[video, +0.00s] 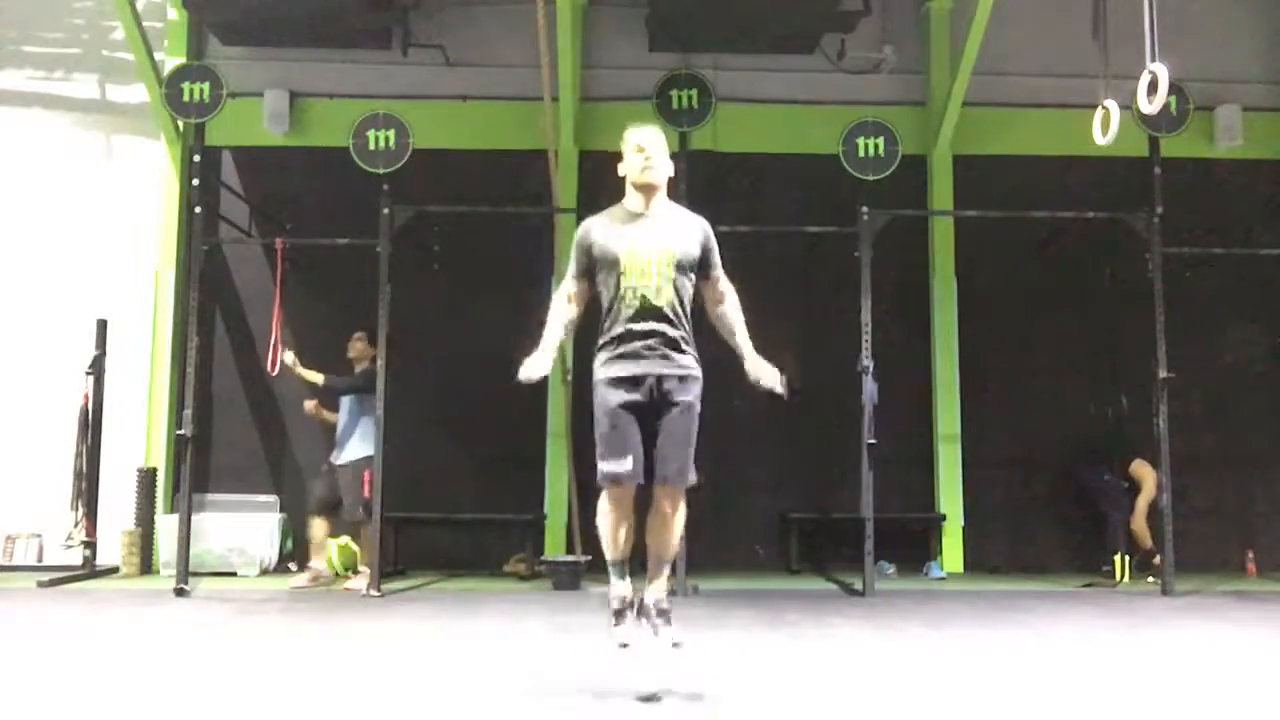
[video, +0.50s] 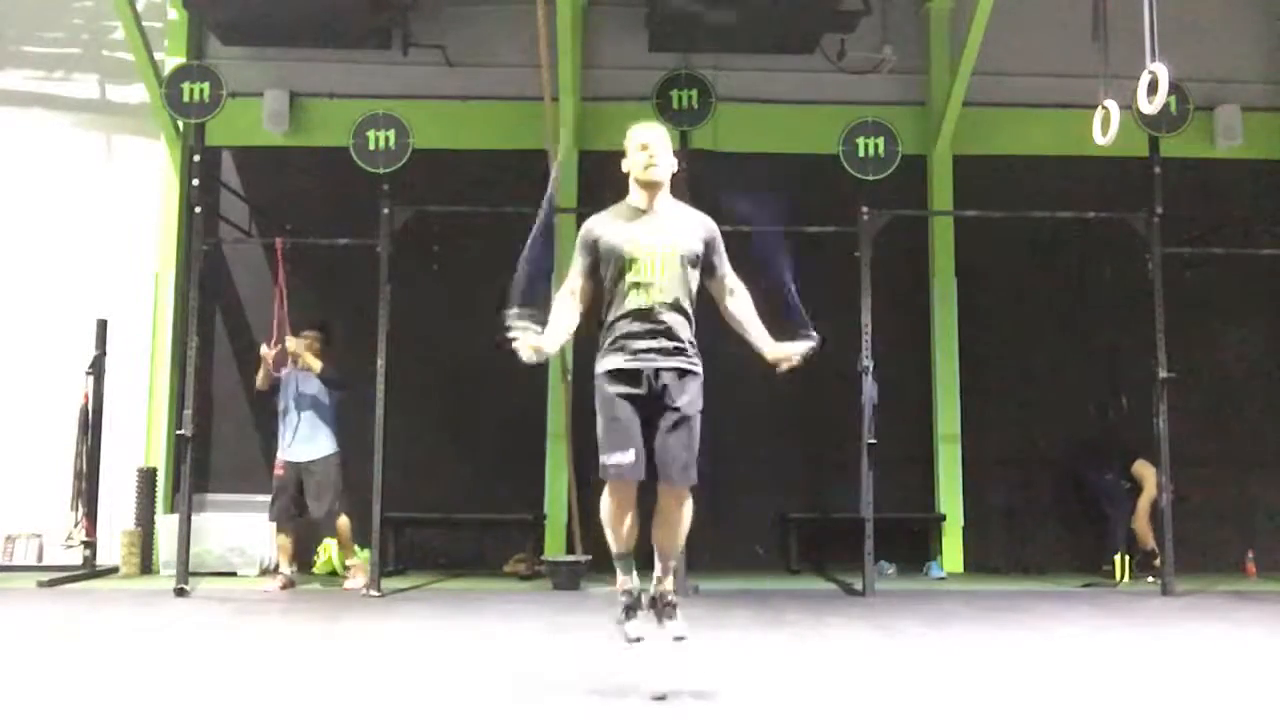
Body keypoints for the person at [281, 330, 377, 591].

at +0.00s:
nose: (352, 344)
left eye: (359, 340)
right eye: (351, 340)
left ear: (373, 350)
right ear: (350, 349)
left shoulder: (373, 376)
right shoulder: (351, 382)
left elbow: (343, 385)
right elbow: (347, 422)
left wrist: (299, 370)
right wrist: (320, 412)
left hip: (361, 456)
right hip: (340, 455)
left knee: (362, 516)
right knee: (319, 507)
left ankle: (367, 571)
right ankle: (318, 567)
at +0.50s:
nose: (308, 350)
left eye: (314, 345)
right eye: (304, 345)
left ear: (322, 350)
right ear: (295, 348)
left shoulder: (327, 375)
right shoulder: (286, 374)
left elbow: (336, 381)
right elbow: (262, 386)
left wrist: (303, 354)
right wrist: (266, 363)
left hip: (321, 453)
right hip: (288, 455)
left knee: (330, 511)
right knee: (283, 514)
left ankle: (354, 566)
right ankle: (285, 572)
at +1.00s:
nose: (299, 351)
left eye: (303, 346)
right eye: (295, 345)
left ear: (308, 349)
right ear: (285, 346)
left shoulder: (316, 372)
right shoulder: (273, 373)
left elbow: (329, 375)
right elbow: (259, 373)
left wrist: (314, 356)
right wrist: (269, 349)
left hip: (314, 452)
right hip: (280, 452)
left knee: (315, 516)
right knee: (279, 517)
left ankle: (315, 572)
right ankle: (283, 572)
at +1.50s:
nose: (310, 351)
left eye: (315, 347)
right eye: (305, 345)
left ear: (322, 351)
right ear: (296, 348)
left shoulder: (330, 373)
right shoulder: (284, 373)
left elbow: (333, 398)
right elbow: (263, 403)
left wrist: (311, 396)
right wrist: (263, 385)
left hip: (320, 453)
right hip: (288, 452)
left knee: (318, 517)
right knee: (285, 516)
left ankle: (316, 572)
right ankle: (284, 572)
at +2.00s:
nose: (322, 388)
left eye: (328, 385)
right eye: (320, 382)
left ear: (340, 381)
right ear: (316, 375)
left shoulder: (349, 401)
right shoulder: (301, 386)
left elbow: (342, 441)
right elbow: (285, 423)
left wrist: (321, 475)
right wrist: (280, 460)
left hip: (328, 457)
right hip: (298, 449)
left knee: (321, 514)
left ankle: (316, 571)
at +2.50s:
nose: (325, 394)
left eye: (331, 391)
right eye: (323, 388)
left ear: (342, 387)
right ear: (319, 382)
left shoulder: (350, 400)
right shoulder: (305, 390)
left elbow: (339, 440)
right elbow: (283, 420)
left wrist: (314, 471)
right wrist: (271, 454)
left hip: (328, 455)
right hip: (299, 445)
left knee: (322, 514)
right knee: (281, 446)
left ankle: (316, 572)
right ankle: (293, 496)